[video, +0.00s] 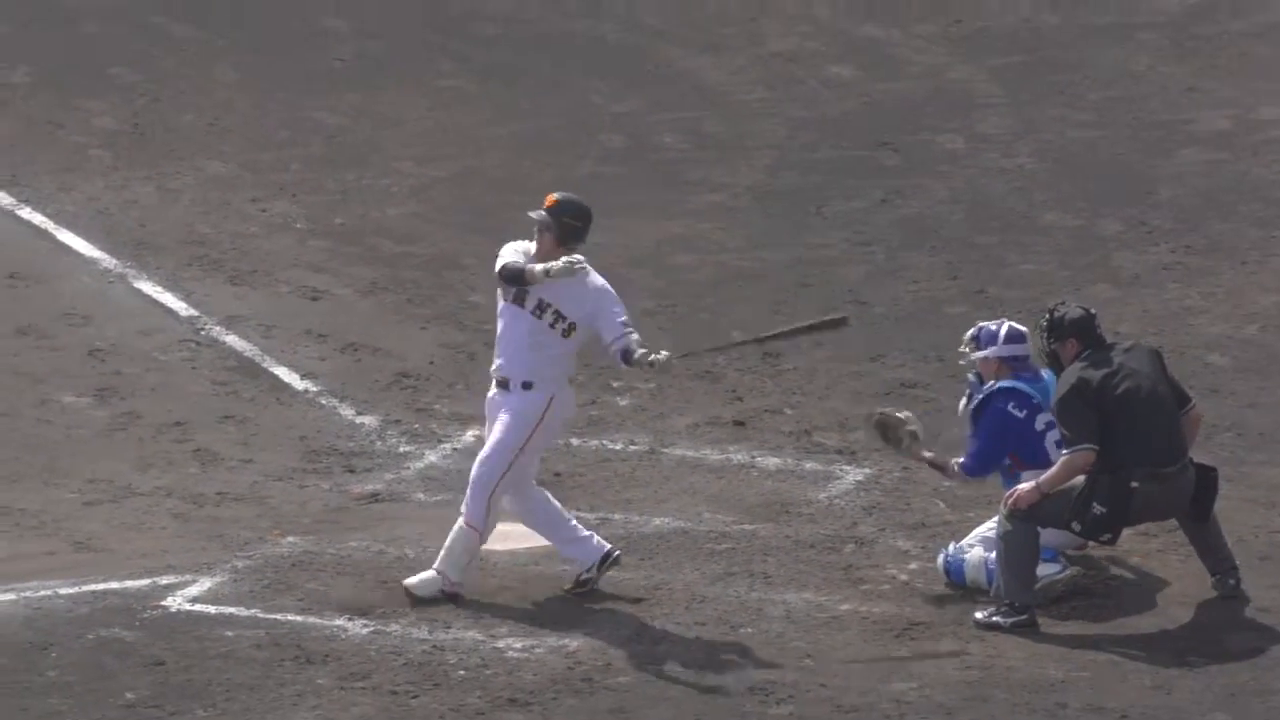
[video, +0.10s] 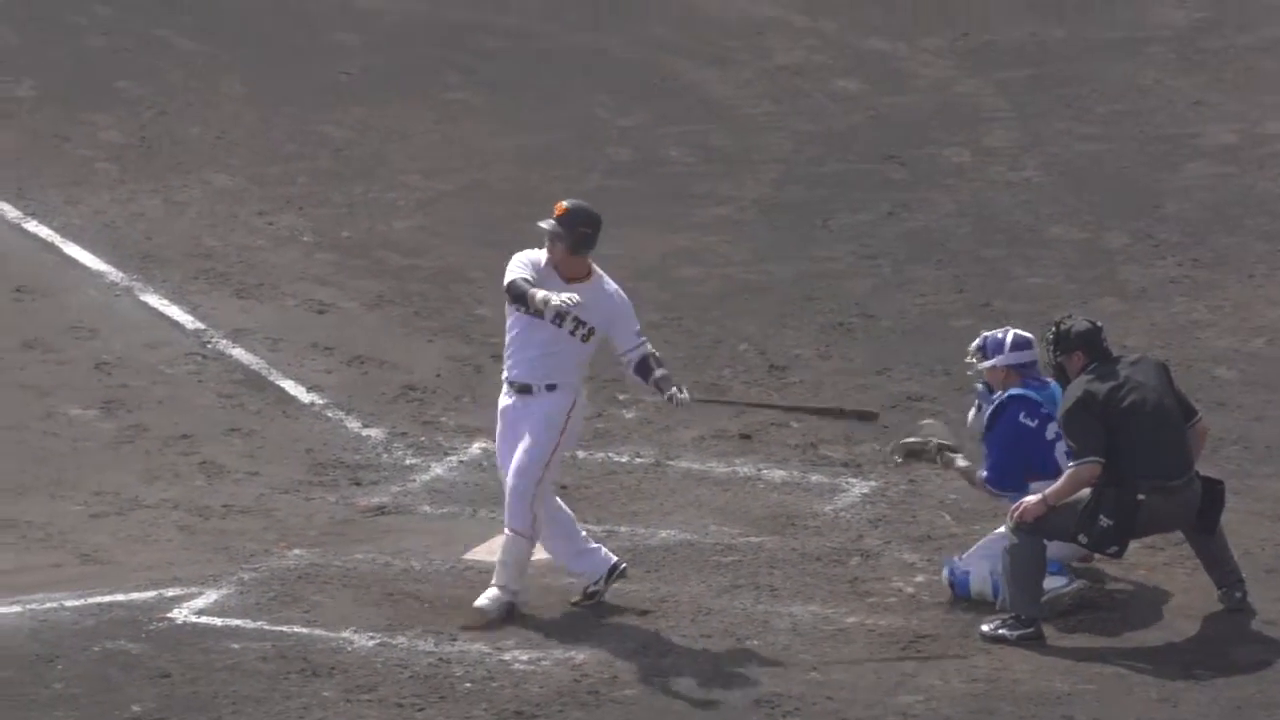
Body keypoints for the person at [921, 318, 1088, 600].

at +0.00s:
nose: (976, 365)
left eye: (980, 359)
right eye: (977, 358)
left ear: (996, 362)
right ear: (1018, 358)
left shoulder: (1004, 403)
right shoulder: (1038, 381)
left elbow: (975, 467)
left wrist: (927, 457)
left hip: (1050, 519)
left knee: (954, 561)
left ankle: (1041, 570)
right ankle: (1049, 558)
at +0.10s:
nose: (983, 376)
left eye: (987, 369)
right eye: (983, 368)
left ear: (1004, 371)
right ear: (1028, 364)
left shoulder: (1011, 412)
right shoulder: (1051, 389)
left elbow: (1004, 486)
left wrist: (962, 467)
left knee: (960, 572)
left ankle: (1053, 585)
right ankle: (1062, 572)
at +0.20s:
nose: (987, 371)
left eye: (992, 364)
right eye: (988, 363)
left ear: (1011, 369)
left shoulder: (1015, 411)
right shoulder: (1052, 390)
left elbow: (1001, 481)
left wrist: (981, 471)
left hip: (1054, 530)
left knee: (959, 578)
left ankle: (1057, 590)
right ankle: (1072, 564)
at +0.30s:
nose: (990, 354)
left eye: (996, 348)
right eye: (992, 347)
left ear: (1014, 355)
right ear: (1030, 353)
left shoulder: (1010, 396)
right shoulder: (1051, 380)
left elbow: (986, 464)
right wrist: (993, 405)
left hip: (1041, 517)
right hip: (1077, 505)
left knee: (960, 578)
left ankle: (1060, 587)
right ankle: (1071, 565)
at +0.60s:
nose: (991, 291)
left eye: (998, 286)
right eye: (994, 285)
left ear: (1015, 297)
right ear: (1025, 297)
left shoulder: (991, 343)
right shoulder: (1044, 327)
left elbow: (963, 404)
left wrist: (965, 365)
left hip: (1021, 462)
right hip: (1060, 449)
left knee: (970, 555)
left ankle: (1067, 556)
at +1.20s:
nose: (1023, 300)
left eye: (1018, 290)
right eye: (1032, 295)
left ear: (1011, 293)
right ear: (1052, 301)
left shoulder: (982, 337)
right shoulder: (1067, 338)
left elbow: (910, 341)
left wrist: (855, 344)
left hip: (1011, 466)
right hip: (1065, 452)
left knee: (1002, 565)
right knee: (1092, 490)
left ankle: (1088, 566)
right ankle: (1140, 536)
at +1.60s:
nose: (1005, 305)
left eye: (1012, 301)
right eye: (1008, 298)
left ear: (1031, 312)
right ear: (1036, 312)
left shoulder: (1038, 381)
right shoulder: (1042, 327)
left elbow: (1023, 443)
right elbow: (999, 291)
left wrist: (966, 441)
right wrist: (939, 294)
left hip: (1037, 469)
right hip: (1059, 443)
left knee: (1014, 571)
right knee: (1070, 491)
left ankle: (1122, 555)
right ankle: (1136, 530)